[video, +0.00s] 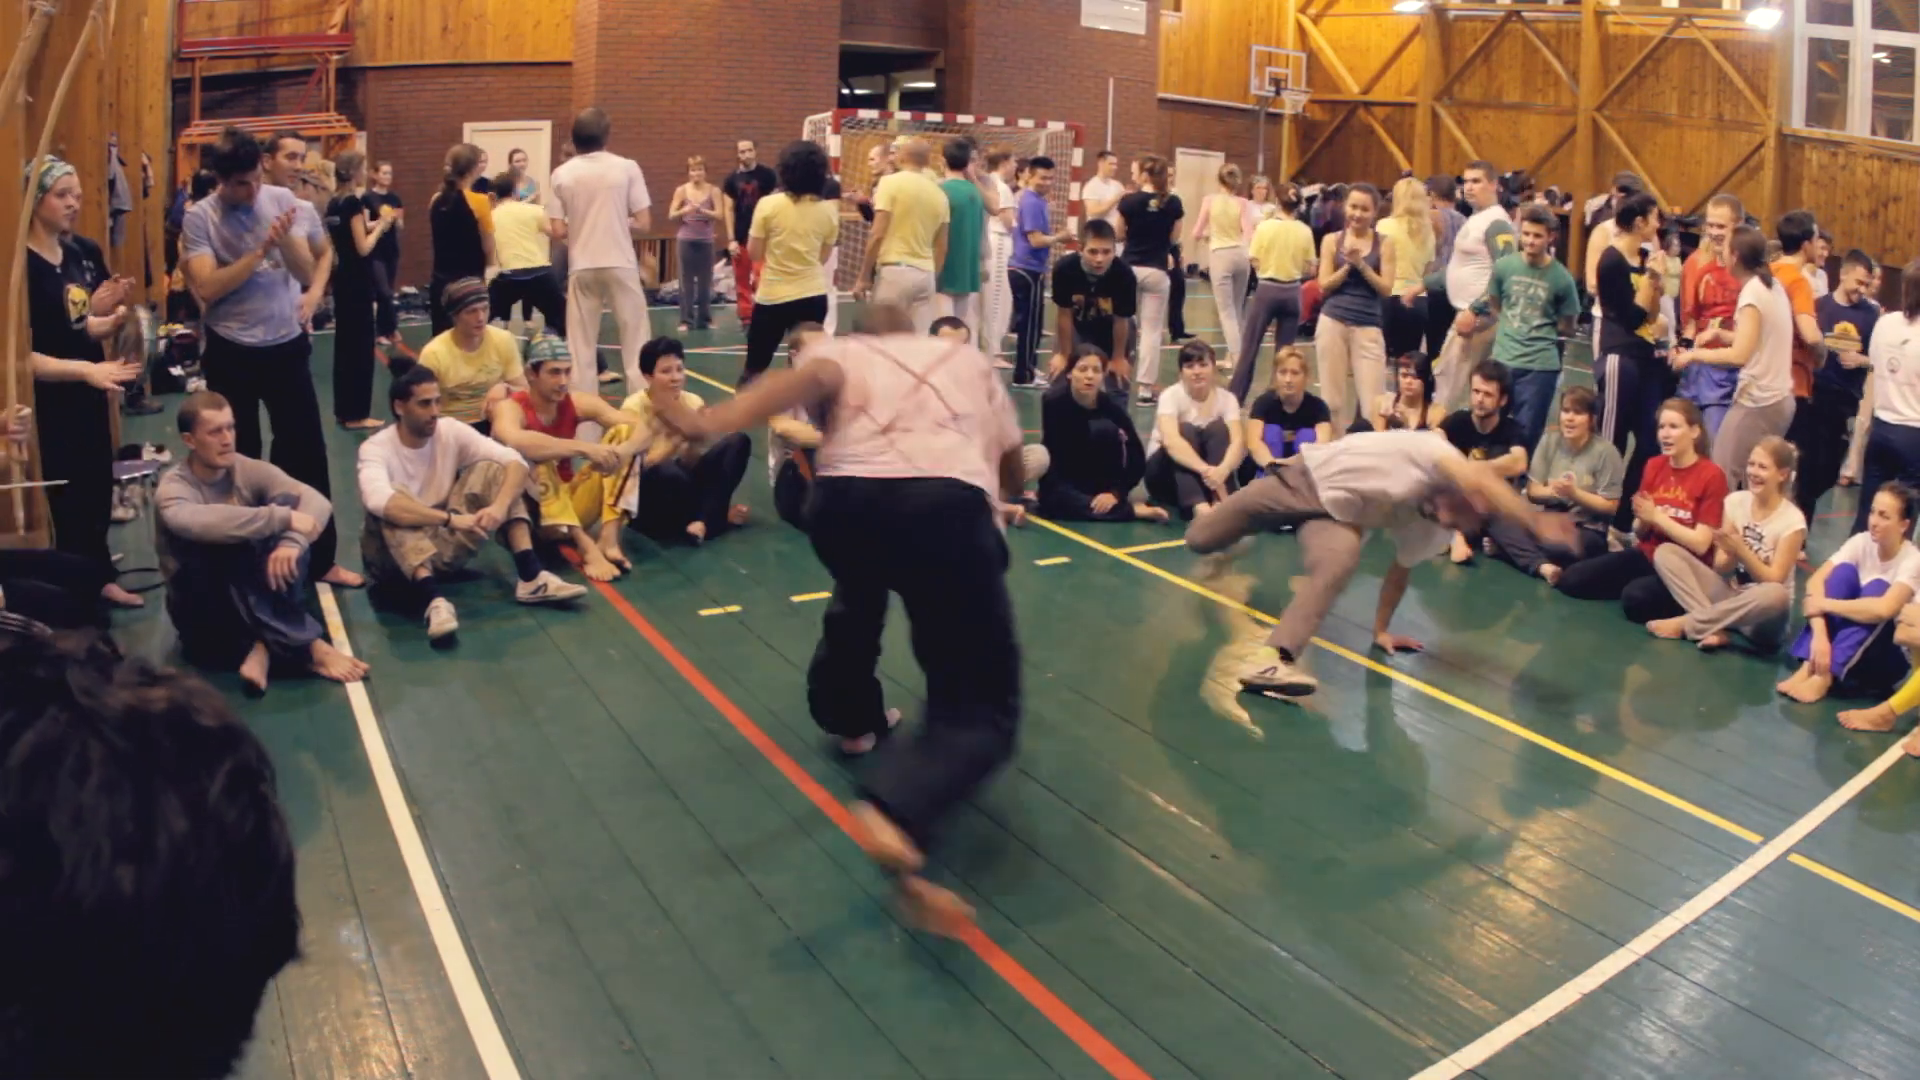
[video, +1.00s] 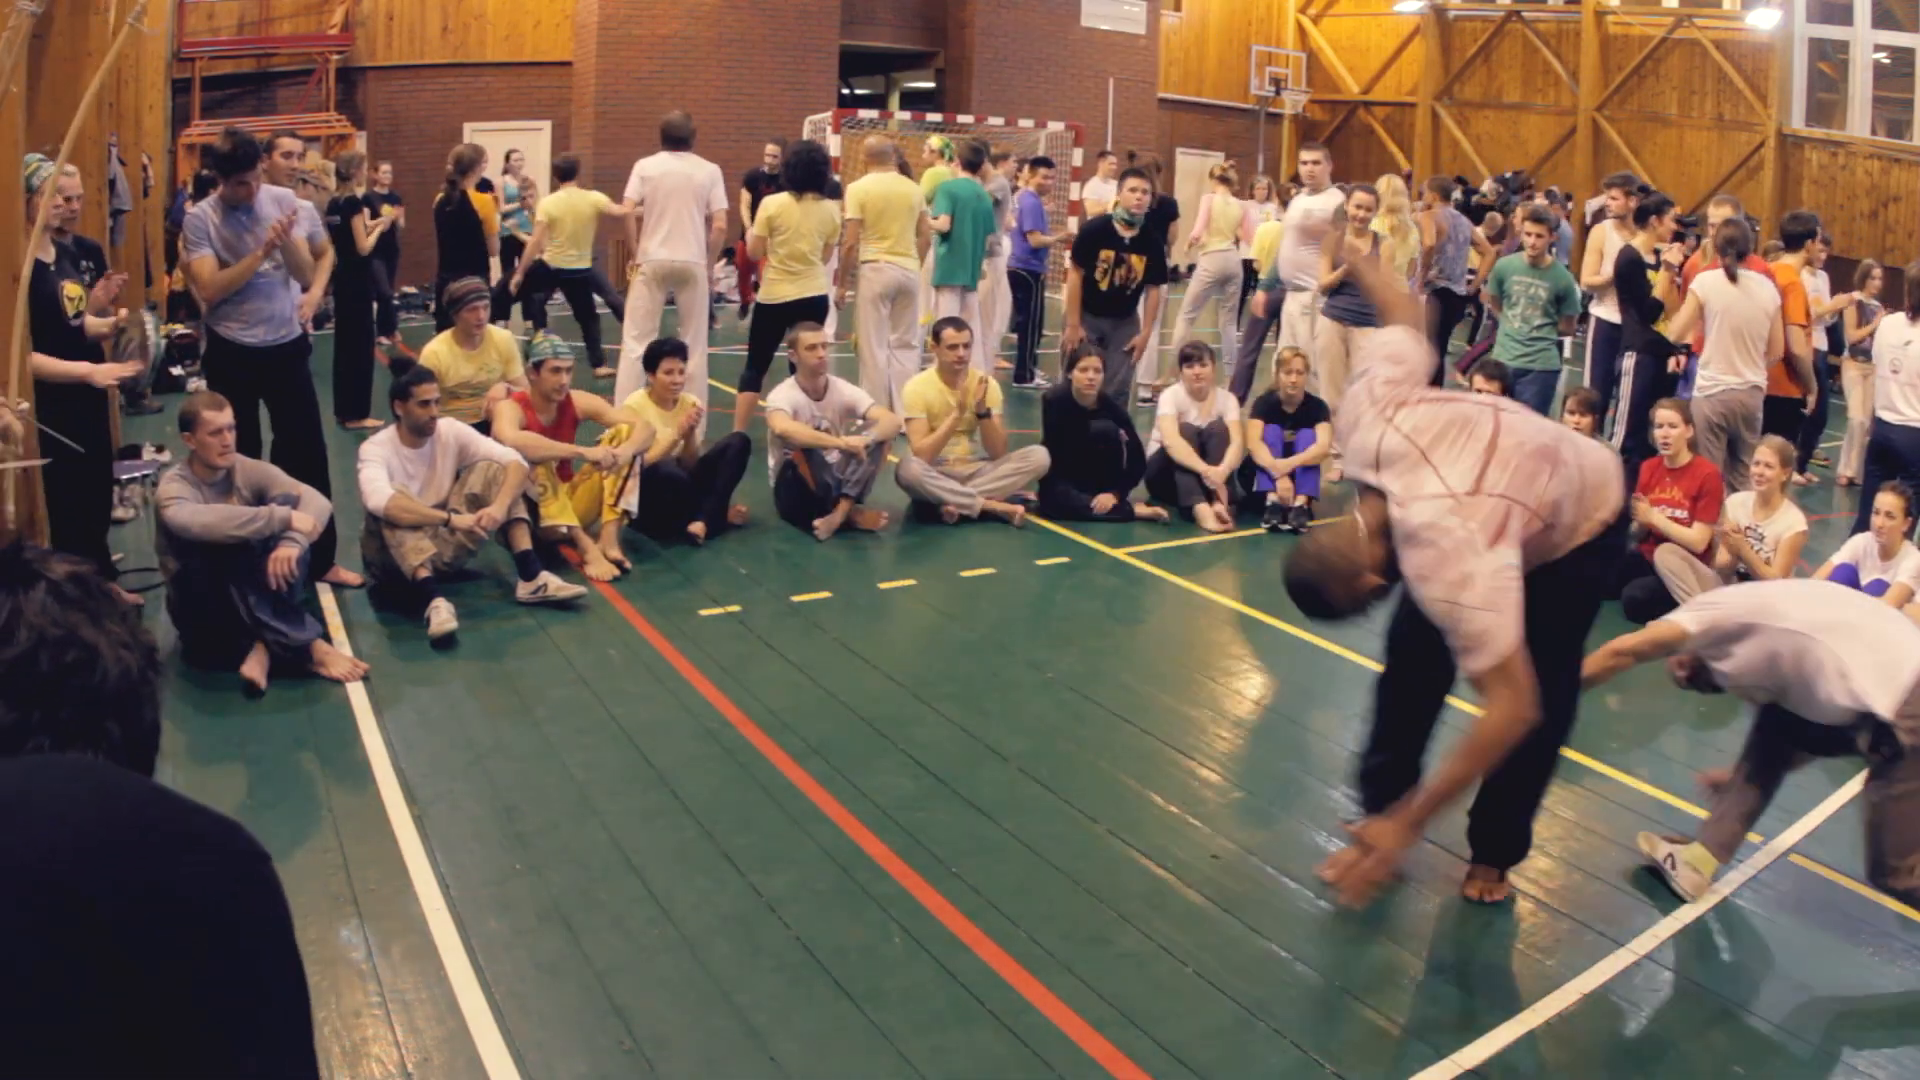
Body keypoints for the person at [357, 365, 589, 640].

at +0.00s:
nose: (434, 412)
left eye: (437, 402)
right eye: (424, 404)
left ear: (441, 401)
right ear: (398, 407)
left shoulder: (450, 430)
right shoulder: (375, 449)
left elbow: (516, 463)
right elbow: (380, 502)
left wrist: (500, 508)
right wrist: (449, 519)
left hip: (449, 545)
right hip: (399, 551)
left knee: (493, 469)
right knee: (395, 500)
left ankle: (532, 576)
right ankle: (434, 601)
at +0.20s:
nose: (434, 412)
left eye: (437, 402)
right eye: (424, 404)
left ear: (441, 401)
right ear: (399, 407)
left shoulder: (451, 430)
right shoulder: (375, 449)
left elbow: (516, 463)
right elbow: (380, 502)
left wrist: (500, 508)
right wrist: (449, 519)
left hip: (450, 545)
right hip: (399, 550)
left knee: (493, 469)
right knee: (395, 500)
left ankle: (532, 576)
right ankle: (434, 602)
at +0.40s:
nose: (434, 412)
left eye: (437, 402)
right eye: (424, 404)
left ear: (441, 401)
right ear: (399, 407)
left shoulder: (450, 430)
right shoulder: (375, 449)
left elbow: (516, 463)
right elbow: (380, 502)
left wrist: (500, 508)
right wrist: (449, 519)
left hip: (450, 545)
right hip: (399, 550)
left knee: (493, 469)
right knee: (395, 500)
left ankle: (532, 577)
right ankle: (434, 602)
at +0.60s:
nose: (434, 412)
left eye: (437, 402)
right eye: (424, 404)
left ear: (441, 401)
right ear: (399, 407)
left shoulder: (450, 430)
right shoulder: (375, 449)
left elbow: (516, 463)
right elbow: (380, 502)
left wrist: (500, 508)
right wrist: (450, 519)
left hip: (449, 545)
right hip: (399, 551)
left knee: (493, 469)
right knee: (395, 501)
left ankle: (532, 577)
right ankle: (434, 601)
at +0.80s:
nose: (434, 412)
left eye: (437, 403)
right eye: (424, 404)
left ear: (441, 401)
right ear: (398, 407)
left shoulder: (450, 430)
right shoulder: (375, 449)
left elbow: (516, 463)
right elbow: (380, 502)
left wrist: (500, 508)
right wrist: (449, 519)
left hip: (450, 544)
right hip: (400, 549)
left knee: (493, 469)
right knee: (395, 501)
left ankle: (532, 577)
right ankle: (435, 602)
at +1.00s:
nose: (434, 412)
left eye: (436, 403)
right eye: (424, 405)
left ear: (440, 401)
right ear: (398, 407)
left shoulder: (450, 430)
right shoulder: (375, 449)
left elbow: (516, 463)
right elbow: (380, 502)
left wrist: (500, 508)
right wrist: (449, 519)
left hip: (450, 544)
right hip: (400, 550)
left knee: (492, 469)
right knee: (395, 501)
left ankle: (532, 577)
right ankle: (435, 601)